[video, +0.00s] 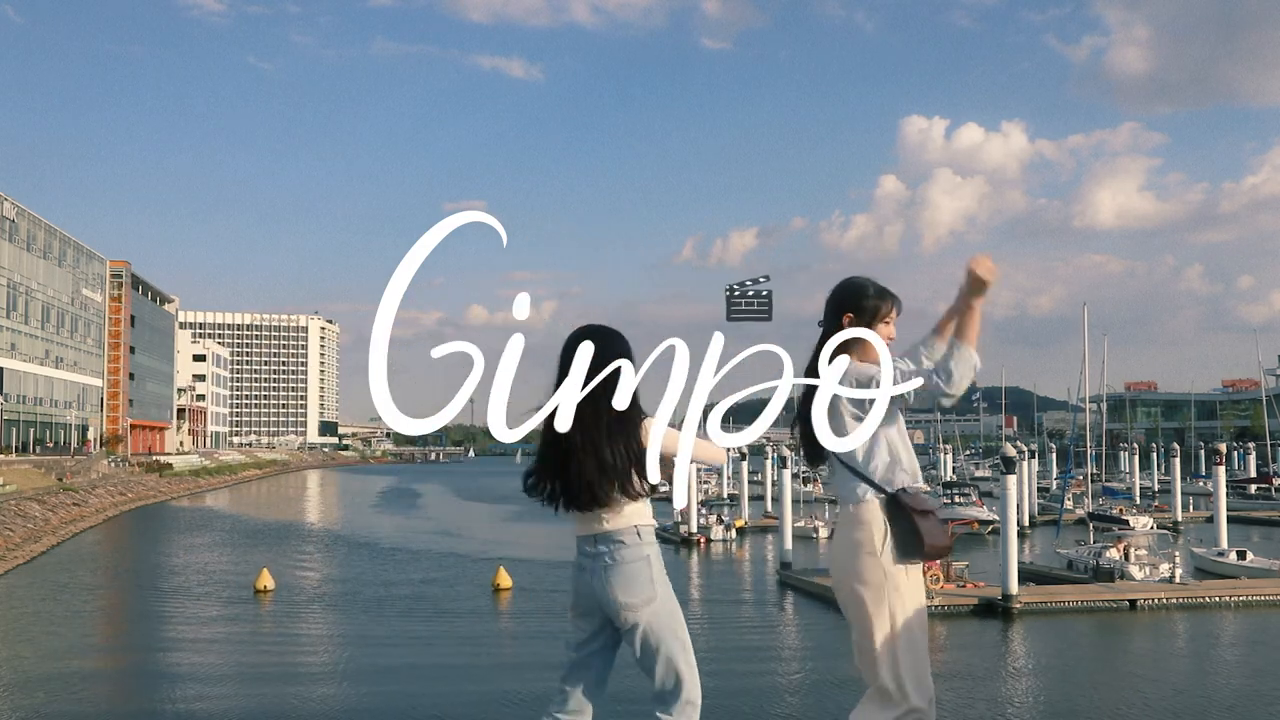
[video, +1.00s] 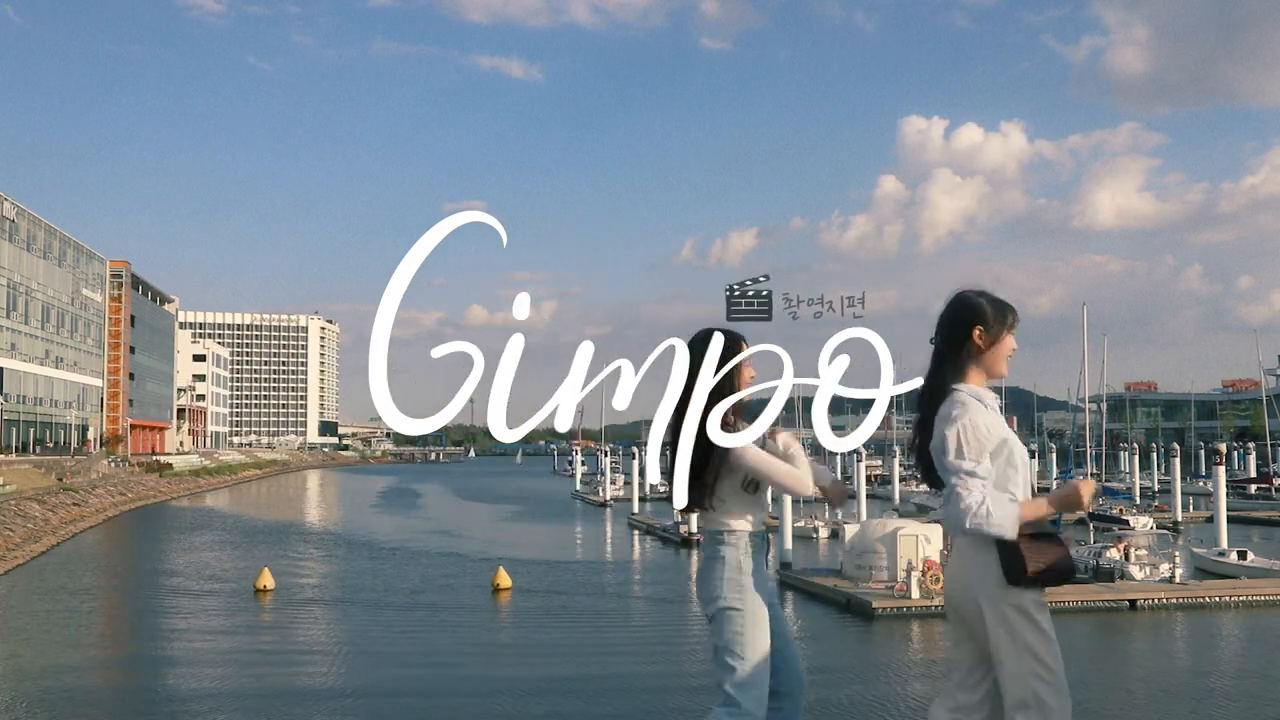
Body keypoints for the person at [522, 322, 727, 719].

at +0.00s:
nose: (633, 374)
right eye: (628, 366)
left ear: (569, 373)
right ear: (624, 370)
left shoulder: (564, 433)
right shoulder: (638, 429)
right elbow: (716, 454)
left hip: (587, 569)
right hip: (636, 568)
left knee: (577, 691)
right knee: (681, 693)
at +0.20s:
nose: (664, 386)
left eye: (662, 377)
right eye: (658, 377)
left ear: (617, 389)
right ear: (639, 385)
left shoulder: (612, 450)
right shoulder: (643, 450)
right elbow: (710, 495)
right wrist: (699, 451)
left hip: (627, 585)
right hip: (654, 587)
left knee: (655, 702)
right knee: (700, 705)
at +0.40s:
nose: (686, 364)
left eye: (687, 353)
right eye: (678, 352)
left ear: (685, 359)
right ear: (653, 356)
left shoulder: (679, 406)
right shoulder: (637, 426)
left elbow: (752, 425)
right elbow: (698, 462)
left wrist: (723, 410)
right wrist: (771, 443)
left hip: (696, 548)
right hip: (663, 551)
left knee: (744, 669)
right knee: (679, 694)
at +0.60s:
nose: (709, 376)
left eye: (709, 366)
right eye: (702, 367)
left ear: (696, 371)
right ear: (675, 371)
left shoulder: (709, 413)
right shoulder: (647, 442)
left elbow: (782, 418)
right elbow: (710, 483)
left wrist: (774, 458)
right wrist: (745, 430)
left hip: (739, 551)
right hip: (695, 558)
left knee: (776, 688)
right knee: (695, 696)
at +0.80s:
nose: (731, 380)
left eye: (730, 370)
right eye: (722, 371)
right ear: (696, 375)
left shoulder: (730, 420)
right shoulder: (677, 433)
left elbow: (792, 425)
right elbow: (712, 512)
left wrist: (758, 444)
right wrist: (790, 498)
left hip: (758, 555)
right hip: (719, 559)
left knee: (784, 682)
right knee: (735, 686)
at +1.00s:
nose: (752, 372)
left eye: (750, 363)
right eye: (745, 365)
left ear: (722, 373)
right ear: (723, 371)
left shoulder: (736, 426)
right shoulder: (722, 434)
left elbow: (786, 459)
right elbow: (803, 485)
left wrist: (828, 484)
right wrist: (786, 442)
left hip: (752, 562)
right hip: (733, 565)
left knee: (788, 684)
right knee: (743, 699)